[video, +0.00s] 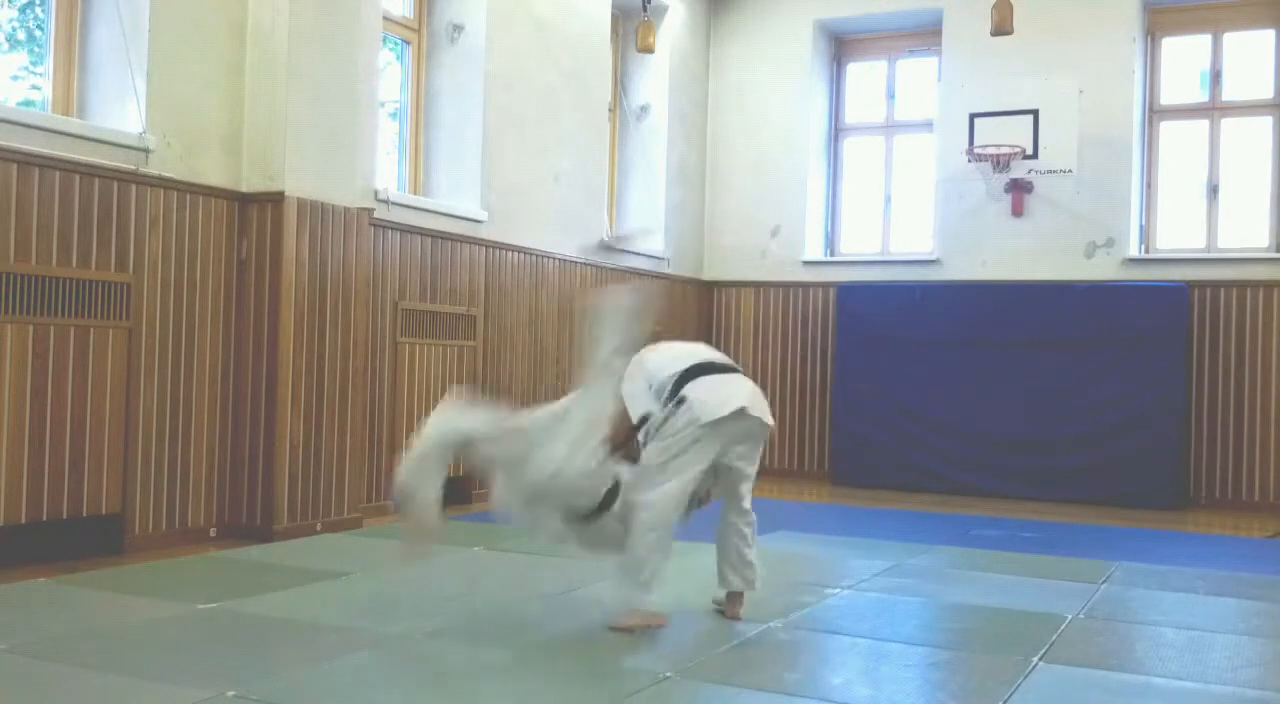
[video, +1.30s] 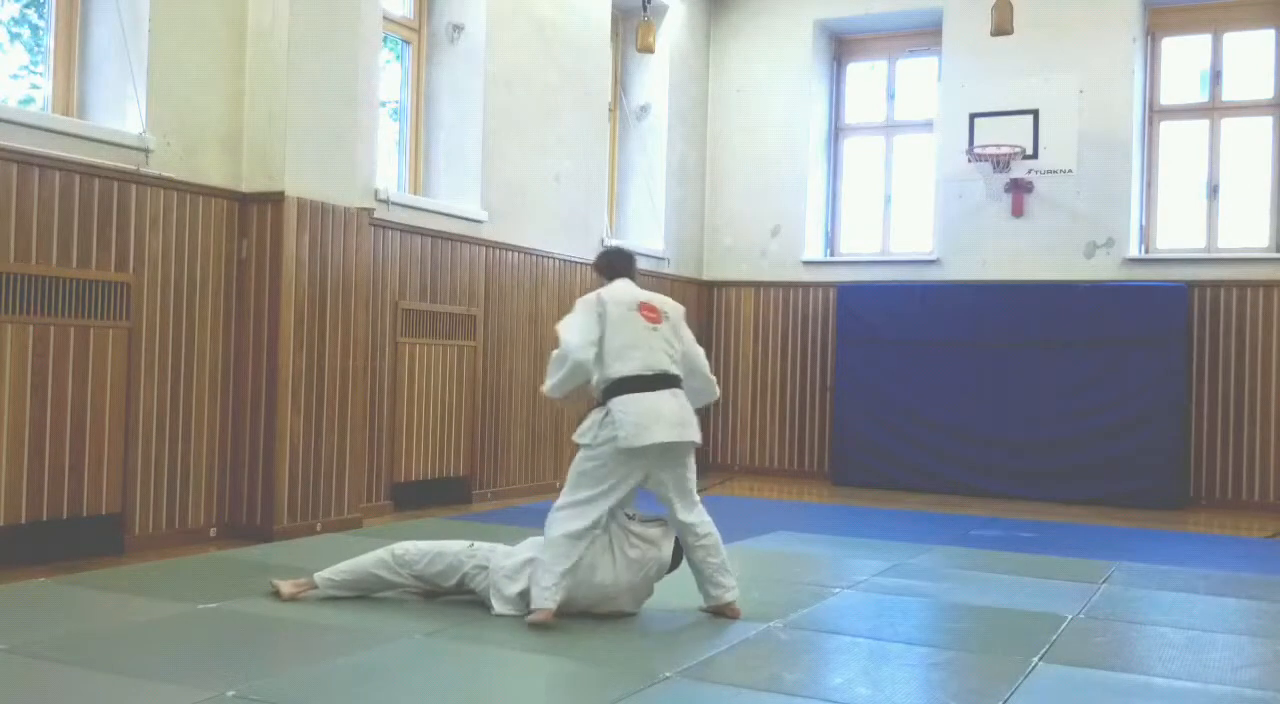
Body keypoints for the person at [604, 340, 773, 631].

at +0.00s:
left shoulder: (639, 363)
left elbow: (621, 432)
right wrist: (704, 484)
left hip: (700, 406)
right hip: (754, 406)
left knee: (654, 498)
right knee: (739, 504)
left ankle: (640, 605)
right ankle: (735, 600)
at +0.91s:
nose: (619, 326)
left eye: (620, 322)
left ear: (624, 319)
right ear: (657, 317)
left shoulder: (617, 336)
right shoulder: (691, 335)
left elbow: (611, 399)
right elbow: (707, 386)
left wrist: (614, 452)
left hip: (671, 426)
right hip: (721, 422)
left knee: (616, 520)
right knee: (708, 502)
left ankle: (656, 613)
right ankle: (727, 597)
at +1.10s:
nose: (616, 298)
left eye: (617, 293)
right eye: (619, 293)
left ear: (623, 291)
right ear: (654, 290)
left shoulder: (619, 307)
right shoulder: (691, 318)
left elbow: (598, 352)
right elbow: (718, 382)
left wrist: (589, 405)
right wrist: (714, 428)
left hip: (656, 411)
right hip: (703, 412)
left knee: (596, 501)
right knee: (698, 505)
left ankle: (627, 586)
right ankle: (728, 597)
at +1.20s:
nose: (610, 288)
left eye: (610, 283)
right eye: (611, 283)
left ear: (617, 281)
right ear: (647, 279)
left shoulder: (612, 303)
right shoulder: (684, 311)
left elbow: (596, 351)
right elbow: (711, 372)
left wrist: (572, 389)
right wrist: (710, 407)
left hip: (643, 412)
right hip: (691, 409)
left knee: (583, 501)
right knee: (692, 507)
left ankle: (584, 588)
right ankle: (726, 597)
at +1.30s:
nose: (594, 281)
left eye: (594, 275)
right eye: (596, 275)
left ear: (601, 274)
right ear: (633, 273)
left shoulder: (593, 302)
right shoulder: (668, 306)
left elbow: (578, 353)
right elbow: (699, 369)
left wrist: (554, 387)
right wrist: (696, 397)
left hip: (624, 417)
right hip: (675, 413)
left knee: (573, 510)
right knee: (689, 509)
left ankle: (544, 602)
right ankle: (724, 598)